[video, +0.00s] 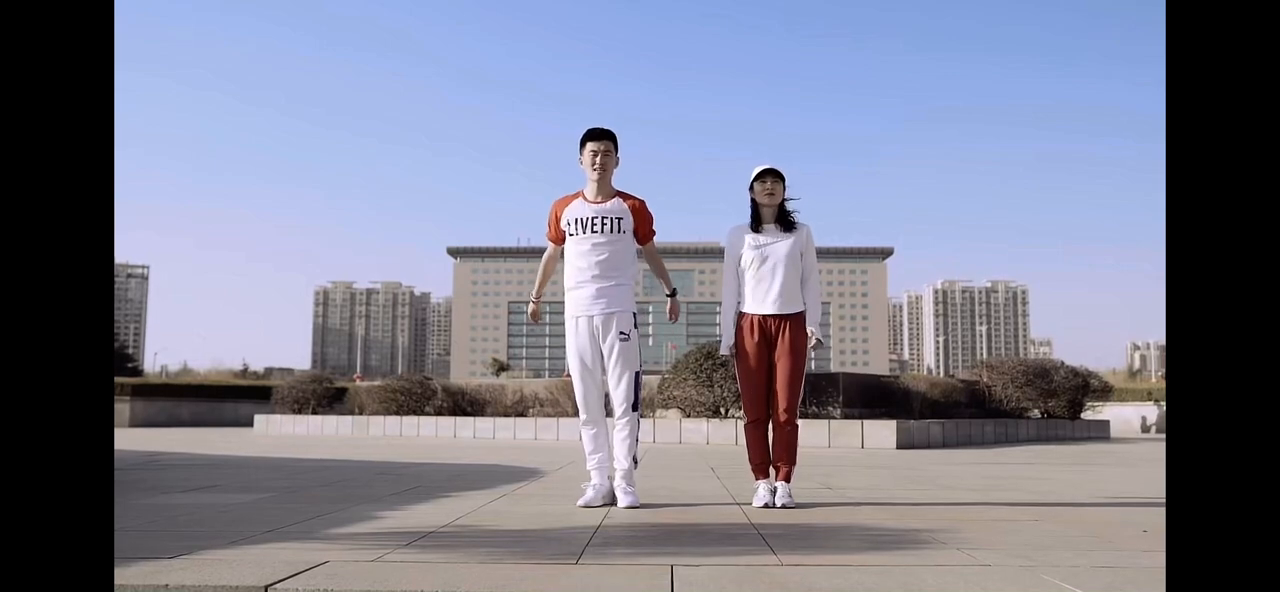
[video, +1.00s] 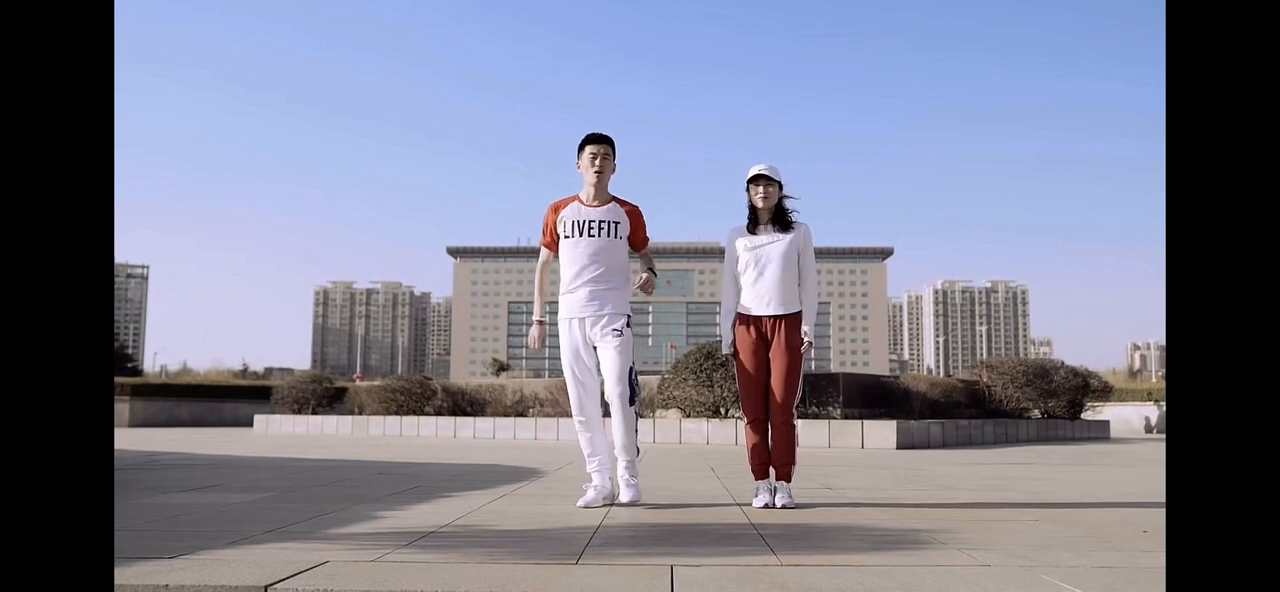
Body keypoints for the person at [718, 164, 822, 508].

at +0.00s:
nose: (769, 187)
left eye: (775, 182)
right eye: (762, 182)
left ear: (784, 191)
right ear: (752, 191)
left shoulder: (801, 233)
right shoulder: (739, 234)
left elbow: (811, 281)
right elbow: (730, 286)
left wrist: (813, 324)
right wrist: (726, 332)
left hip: (791, 325)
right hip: (750, 325)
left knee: (786, 408)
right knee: (755, 409)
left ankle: (783, 482)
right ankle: (762, 481)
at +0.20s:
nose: (769, 187)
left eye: (775, 182)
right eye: (762, 182)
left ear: (783, 191)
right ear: (752, 191)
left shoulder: (800, 234)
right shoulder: (738, 236)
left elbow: (811, 284)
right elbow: (729, 287)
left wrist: (814, 329)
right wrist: (728, 331)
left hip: (791, 324)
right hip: (751, 324)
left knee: (784, 409)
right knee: (756, 409)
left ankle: (783, 482)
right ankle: (762, 482)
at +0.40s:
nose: (767, 187)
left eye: (773, 182)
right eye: (761, 183)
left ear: (783, 191)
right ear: (752, 191)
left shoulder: (799, 233)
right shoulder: (737, 235)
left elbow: (810, 284)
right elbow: (730, 285)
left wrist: (813, 330)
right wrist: (729, 327)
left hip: (789, 324)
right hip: (749, 324)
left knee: (783, 410)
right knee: (755, 409)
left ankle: (783, 483)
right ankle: (762, 483)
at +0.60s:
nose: (766, 189)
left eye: (772, 184)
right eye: (759, 184)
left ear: (781, 192)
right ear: (751, 192)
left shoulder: (798, 234)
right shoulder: (737, 236)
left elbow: (811, 284)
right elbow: (728, 286)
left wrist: (815, 329)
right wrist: (726, 327)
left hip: (788, 324)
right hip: (748, 324)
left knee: (782, 409)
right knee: (754, 409)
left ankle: (783, 482)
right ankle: (762, 481)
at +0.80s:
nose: (762, 190)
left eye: (769, 185)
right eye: (756, 185)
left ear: (780, 192)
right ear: (749, 193)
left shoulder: (798, 234)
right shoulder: (736, 237)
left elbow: (810, 283)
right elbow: (728, 288)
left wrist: (813, 327)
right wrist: (725, 330)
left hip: (788, 324)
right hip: (747, 325)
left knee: (782, 409)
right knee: (754, 409)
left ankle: (783, 483)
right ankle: (762, 482)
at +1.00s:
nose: (762, 190)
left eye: (769, 185)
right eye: (756, 185)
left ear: (779, 192)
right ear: (749, 192)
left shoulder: (799, 232)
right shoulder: (736, 236)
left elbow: (809, 282)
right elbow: (730, 287)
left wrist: (808, 324)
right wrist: (726, 330)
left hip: (786, 323)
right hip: (747, 324)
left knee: (781, 405)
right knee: (753, 408)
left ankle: (783, 483)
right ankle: (762, 484)